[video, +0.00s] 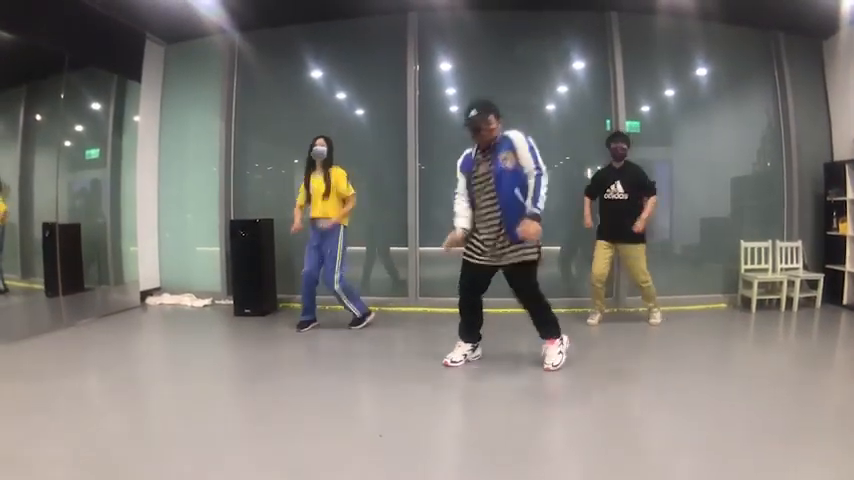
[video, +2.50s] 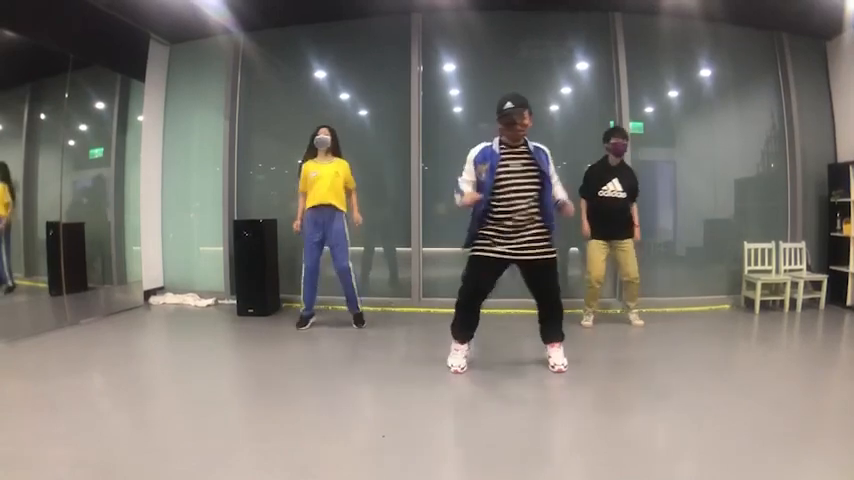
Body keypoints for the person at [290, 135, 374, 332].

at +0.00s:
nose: (318, 149)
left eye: (323, 146)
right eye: (315, 145)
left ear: (329, 151)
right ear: (311, 151)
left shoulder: (337, 173)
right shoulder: (309, 177)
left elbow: (351, 200)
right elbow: (300, 204)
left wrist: (336, 220)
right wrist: (298, 221)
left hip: (334, 226)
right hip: (316, 226)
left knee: (332, 277)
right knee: (309, 273)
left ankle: (362, 312)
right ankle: (308, 317)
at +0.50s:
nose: (345, 149)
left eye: (349, 146)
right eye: (341, 146)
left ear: (354, 154)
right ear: (335, 152)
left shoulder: (356, 180)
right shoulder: (324, 173)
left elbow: (363, 207)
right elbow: (300, 191)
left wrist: (350, 209)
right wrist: (309, 214)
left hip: (341, 224)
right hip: (322, 223)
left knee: (348, 271)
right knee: (328, 273)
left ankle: (348, 313)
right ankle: (299, 311)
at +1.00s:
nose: (318, 147)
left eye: (323, 144)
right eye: (315, 144)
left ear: (330, 152)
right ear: (311, 151)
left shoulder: (334, 171)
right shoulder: (309, 177)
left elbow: (350, 195)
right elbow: (300, 202)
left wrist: (326, 213)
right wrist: (301, 217)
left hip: (334, 224)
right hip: (315, 225)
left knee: (335, 273)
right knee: (305, 269)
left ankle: (365, 309)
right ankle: (309, 314)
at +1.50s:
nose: (333, 144)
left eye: (337, 141)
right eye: (329, 141)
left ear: (342, 148)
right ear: (323, 147)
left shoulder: (349, 173)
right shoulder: (315, 171)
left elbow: (361, 202)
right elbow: (303, 198)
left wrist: (345, 224)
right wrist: (302, 226)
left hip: (343, 218)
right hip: (322, 219)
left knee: (349, 267)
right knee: (322, 270)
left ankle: (348, 311)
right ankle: (296, 311)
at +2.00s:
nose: (329, 137)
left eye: (333, 135)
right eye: (326, 135)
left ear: (339, 142)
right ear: (321, 142)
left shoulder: (345, 165)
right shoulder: (315, 168)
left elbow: (356, 195)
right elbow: (310, 195)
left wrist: (342, 223)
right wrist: (308, 222)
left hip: (339, 213)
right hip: (319, 213)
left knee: (344, 267)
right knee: (313, 266)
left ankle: (356, 310)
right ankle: (310, 311)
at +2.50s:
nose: (322, 136)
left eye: (326, 134)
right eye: (319, 134)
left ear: (333, 141)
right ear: (314, 141)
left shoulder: (342, 164)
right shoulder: (307, 166)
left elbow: (351, 189)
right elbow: (302, 194)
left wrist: (355, 211)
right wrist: (299, 218)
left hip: (336, 213)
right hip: (312, 212)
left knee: (342, 264)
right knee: (310, 265)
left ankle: (355, 310)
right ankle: (307, 311)